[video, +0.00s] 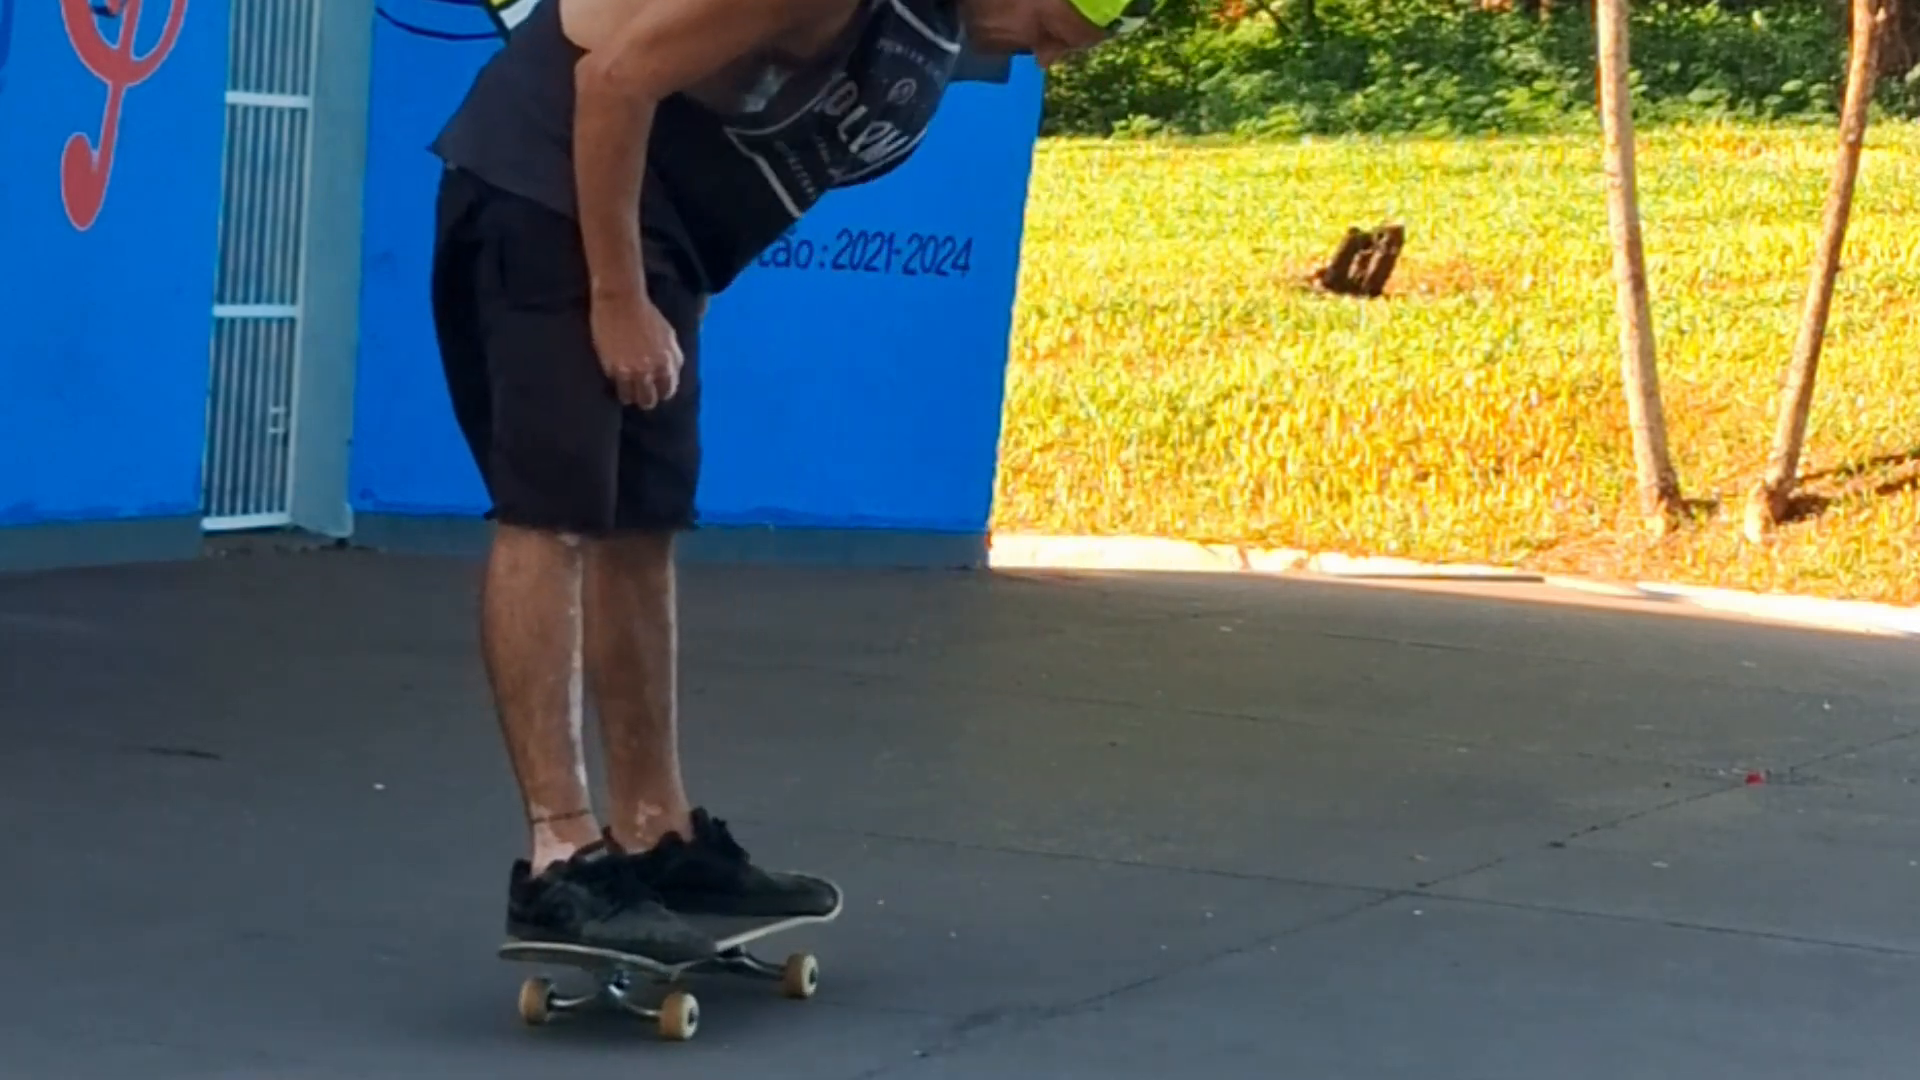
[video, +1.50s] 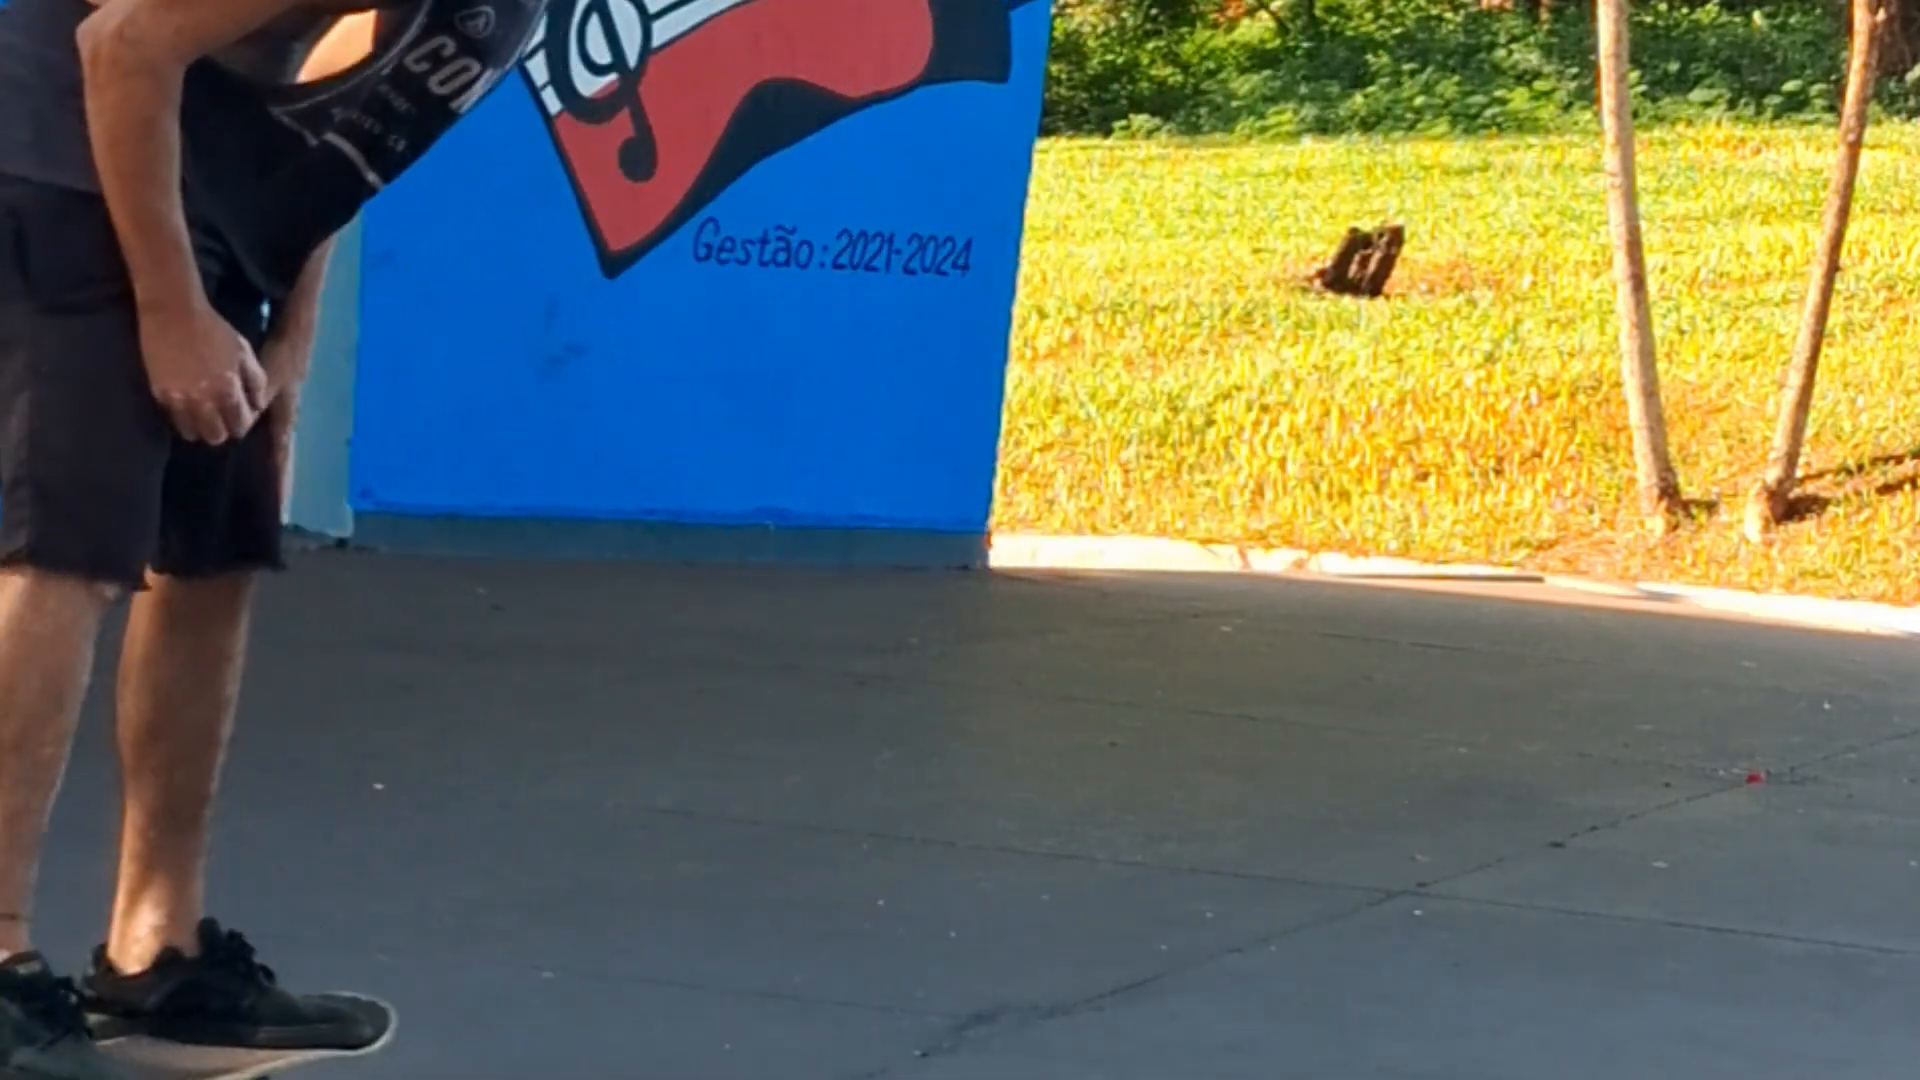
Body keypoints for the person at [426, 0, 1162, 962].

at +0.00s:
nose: (1071, 45)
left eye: (1086, 30)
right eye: (1070, 17)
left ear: (1031, 13)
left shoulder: (937, 55)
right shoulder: (833, 7)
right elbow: (614, 74)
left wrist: (677, 292)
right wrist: (619, 297)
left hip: (659, 230)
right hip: (542, 190)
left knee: (643, 513)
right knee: (546, 507)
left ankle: (654, 836)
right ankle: (557, 861)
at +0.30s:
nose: (968, 30)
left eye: (981, 24)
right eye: (973, 12)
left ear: (957, 11)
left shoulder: (855, 33)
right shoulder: (748, 1)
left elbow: (696, 140)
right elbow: (518, 66)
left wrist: (671, 313)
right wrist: (527, 296)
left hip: (577, 227)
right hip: (453, 183)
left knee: (562, 522)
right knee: (456, 517)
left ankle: (576, 859)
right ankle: (468, 881)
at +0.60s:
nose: (879, 7)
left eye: (889, 5)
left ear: (853, 3)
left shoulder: (761, 19)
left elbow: (637, 168)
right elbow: (416, 63)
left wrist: (560, 340)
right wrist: (432, 297)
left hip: (489, 231)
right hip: (351, 183)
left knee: (468, 533)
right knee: (355, 528)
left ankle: (490, 878)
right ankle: (368, 901)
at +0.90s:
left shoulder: (676, 8)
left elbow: (550, 157)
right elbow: (316, 58)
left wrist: (463, 345)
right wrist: (334, 303)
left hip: (404, 206)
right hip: (250, 160)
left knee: (377, 538)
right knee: (249, 534)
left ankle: (395, 902)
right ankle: (257, 929)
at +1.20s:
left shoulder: (565, 17)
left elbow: (445, 132)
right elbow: (223, 53)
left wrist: (393, 323)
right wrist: (240, 305)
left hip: (318, 214)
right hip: (150, 165)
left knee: (309, 538)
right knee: (146, 542)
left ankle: (288, 920)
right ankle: (131, 960)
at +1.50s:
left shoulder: (510, 15)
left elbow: (336, 132)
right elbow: (124, 41)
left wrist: (287, 336)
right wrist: (171, 307)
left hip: (224, 191)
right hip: (63, 137)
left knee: (213, 544)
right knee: (68, 541)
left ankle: (151, 956)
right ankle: (5, 965)